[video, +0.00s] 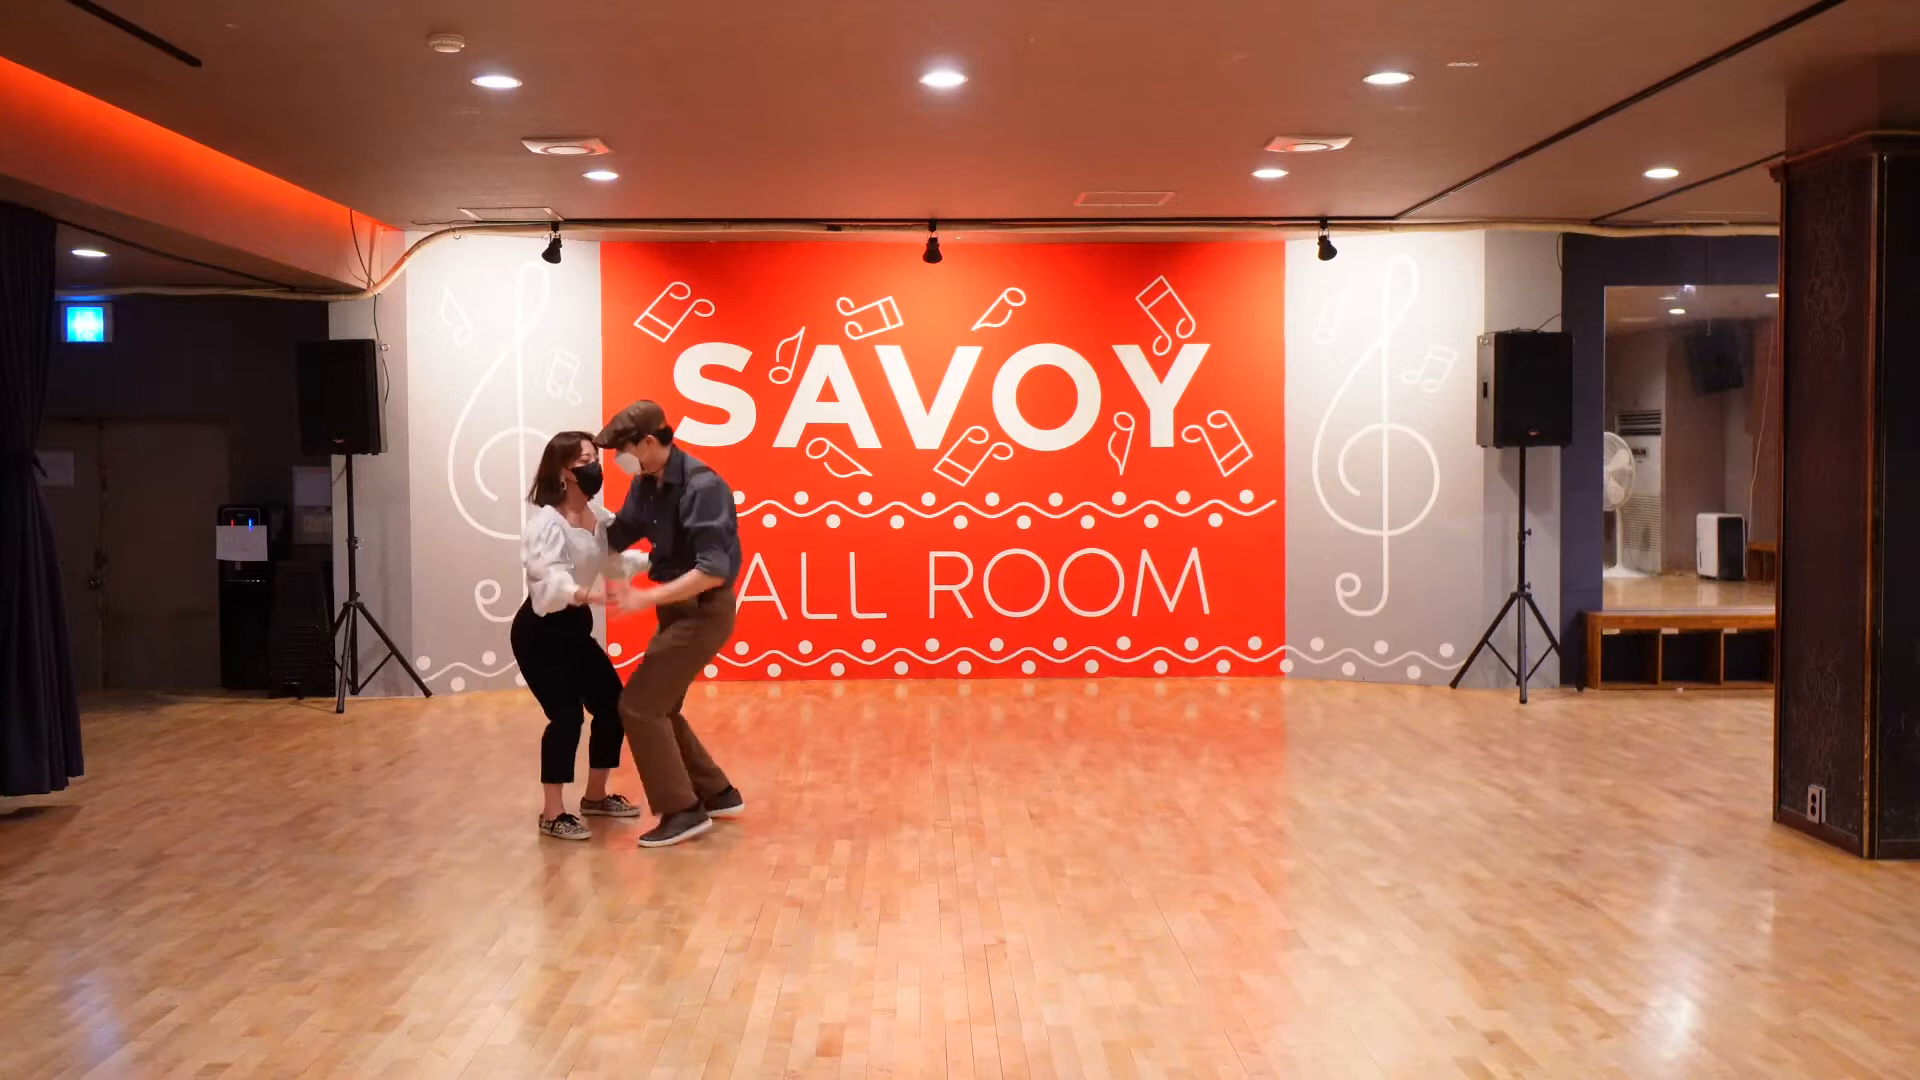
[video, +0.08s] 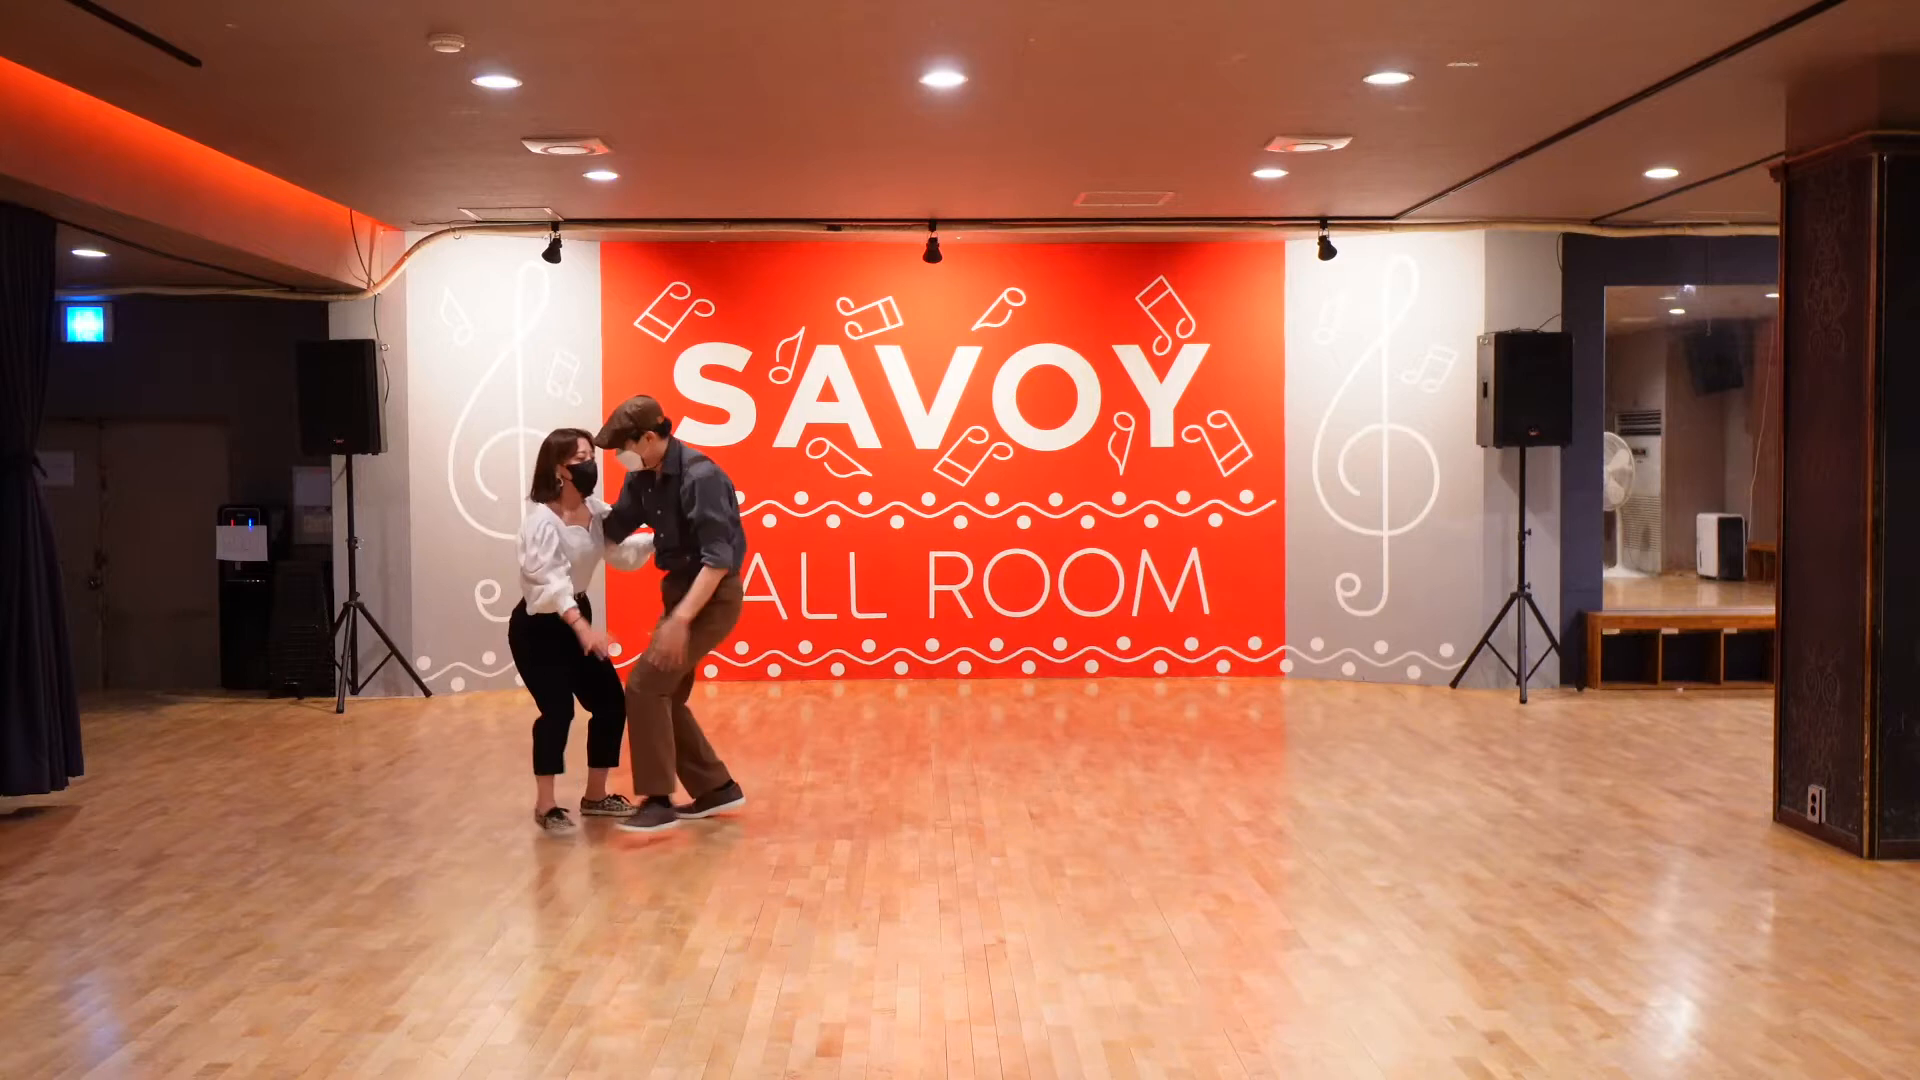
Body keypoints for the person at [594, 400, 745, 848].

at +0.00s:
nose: (628, 461)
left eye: (630, 450)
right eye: (623, 453)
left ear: (653, 441)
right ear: (642, 446)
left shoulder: (703, 486)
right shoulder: (647, 484)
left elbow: (714, 570)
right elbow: (614, 539)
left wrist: (645, 596)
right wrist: (574, 505)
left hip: (707, 610)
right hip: (675, 609)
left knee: (639, 705)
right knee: (656, 707)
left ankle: (682, 810)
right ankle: (716, 791)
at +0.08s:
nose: (631, 456)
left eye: (634, 446)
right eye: (626, 449)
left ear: (656, 436)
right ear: (641, 442)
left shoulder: (701, 477)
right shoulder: (642, 477)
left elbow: (720, 558)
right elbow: (613, 528)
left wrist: (681, 618)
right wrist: (573, 507)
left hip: (715, 594)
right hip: (679, 593)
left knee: (645, 683)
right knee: (665, 698)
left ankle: (658, 799)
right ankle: (716, 788)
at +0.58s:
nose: (629, 473)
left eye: (632, 463)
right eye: (625, 466)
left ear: (656, 452)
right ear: (647, 457)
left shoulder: (706, 492)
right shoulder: (649, 496)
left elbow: (724, 569)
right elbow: (607, 542)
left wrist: (661, 556)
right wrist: (568, 541)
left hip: (709, 623)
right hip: (678, 620)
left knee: (634, 711)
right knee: (650, 711)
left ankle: (674, 816)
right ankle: (714, 784)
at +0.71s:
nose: (626, 468)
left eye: (628, 459)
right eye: (622, 461)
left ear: (651, 448)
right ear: (645, 452)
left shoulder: (697, 483)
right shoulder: (655, 490)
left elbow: (676, 542)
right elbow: (606, 550)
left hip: (703, 617)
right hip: (677, 612)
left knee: (634, 713)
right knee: (620, 685)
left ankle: (671, 820)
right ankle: (675, 783)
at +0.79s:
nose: (626, 466)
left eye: (629, 457)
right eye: (622, 460)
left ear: (652, 443)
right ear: (648, 447)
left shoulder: (690, 476)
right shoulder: (659, 483)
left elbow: (648, 516)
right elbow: (619, 536)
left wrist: (601, 467)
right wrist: (594, 545)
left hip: (704, 609)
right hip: (683, 605)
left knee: (631, 710)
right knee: (621, 677)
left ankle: (672, 820)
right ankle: (627, 785)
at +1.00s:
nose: (627, 465)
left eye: (629, 455)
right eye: (624, 458)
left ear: (654, 446)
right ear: (654, 448)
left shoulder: (684, 479)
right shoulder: (657, 491)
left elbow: (602, 492)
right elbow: (603, 538)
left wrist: (535, 459)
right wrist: (559, 550)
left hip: (699, 613)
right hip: (683, 611)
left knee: (627, 720)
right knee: (618, 713)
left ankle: (671, 822)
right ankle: (575, 807)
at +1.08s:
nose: (627, 465)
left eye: (629, 455)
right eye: (624, 456)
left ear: (653, 446)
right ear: (655, 448)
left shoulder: (680, 483)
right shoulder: (662, 490)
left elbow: (597, 506)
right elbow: (594, 540)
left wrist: (513, 495)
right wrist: (537, 543)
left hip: (703, 618)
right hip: (682, 615)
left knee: (624, 718)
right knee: (609, 690)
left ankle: (673, 822)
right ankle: (594, 798)